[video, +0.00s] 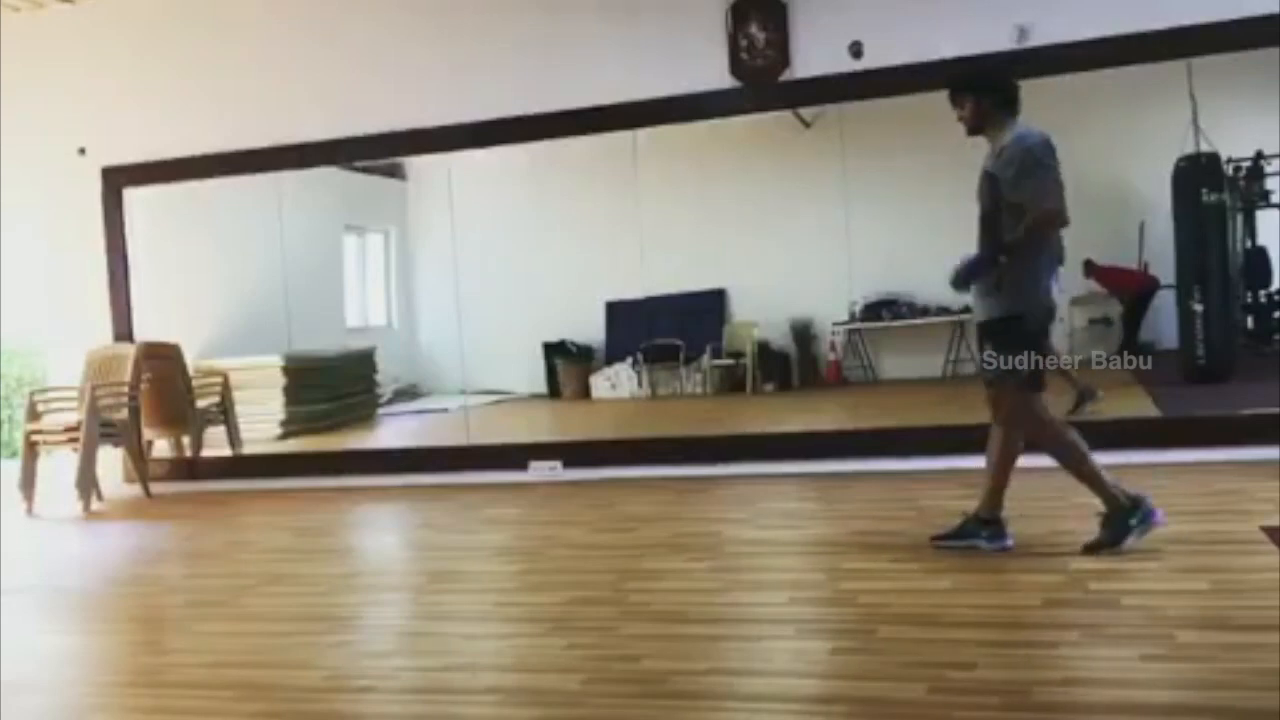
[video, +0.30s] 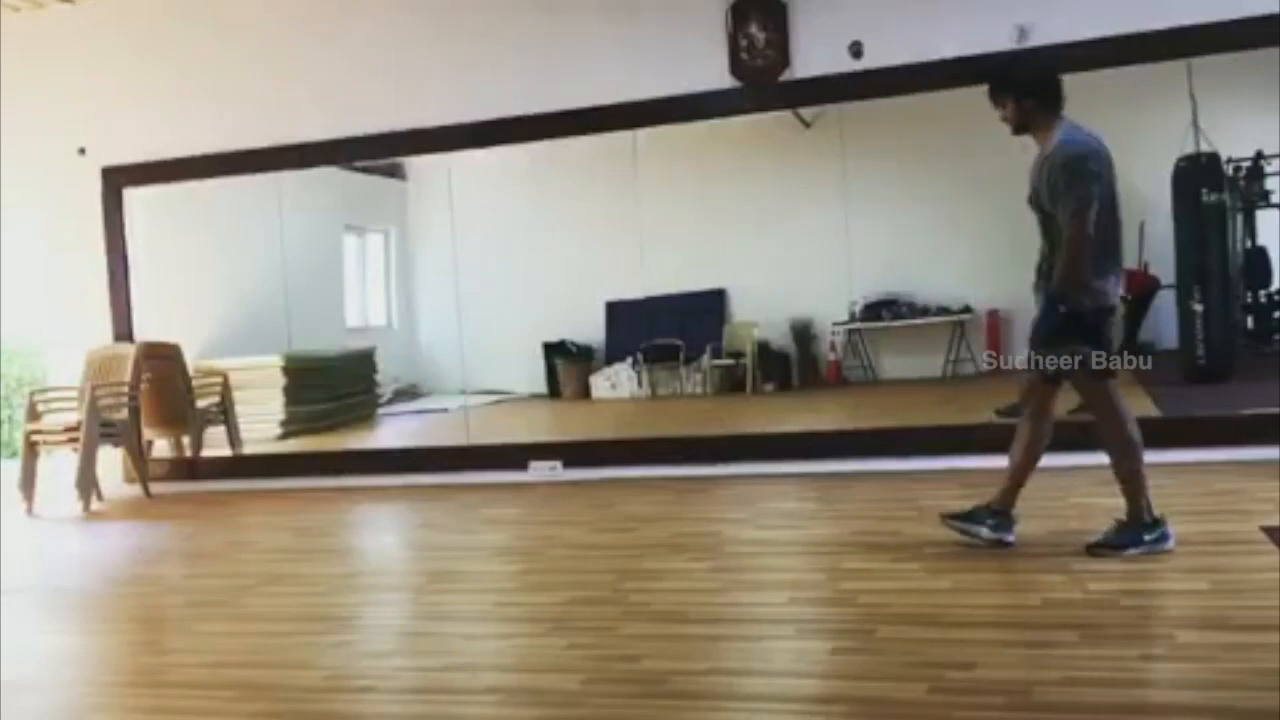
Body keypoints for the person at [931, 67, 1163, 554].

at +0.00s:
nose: (957, 117)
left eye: (960, 106)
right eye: (956, 107)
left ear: (983, 103)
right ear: (987, 103)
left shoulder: (1027, 148)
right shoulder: (1005, 154)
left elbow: (1049, 215)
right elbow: (1030, 227)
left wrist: (987, 259)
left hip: (1018, 308)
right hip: (1005, 307)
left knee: (1023, 412)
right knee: (1009, 411)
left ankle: (1120, 505)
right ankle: (988, 517)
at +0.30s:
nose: (1001, 117)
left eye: (1003, 106)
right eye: (998, 107)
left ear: (1028, 103)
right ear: (1034, 102)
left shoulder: (1074, 153)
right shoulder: (1056, 152)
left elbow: (1077, 240)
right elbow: (1062, 238)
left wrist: (1057, 305)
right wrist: (1049, 295)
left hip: (1080, 302)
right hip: (1068, 300)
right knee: (1035, 404)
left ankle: (1143, 520)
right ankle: (999, 510)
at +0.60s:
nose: (1021, 110)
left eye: (1024, 99)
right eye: (1019, 101)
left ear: (1050, 95)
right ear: (1057, 96)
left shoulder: (1100, 147)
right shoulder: (1074, 145)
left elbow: (1105, 234)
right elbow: (1089, 220)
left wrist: (1104, 307)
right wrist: (1061, 206)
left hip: (1105, 303)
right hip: (1073, 300)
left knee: (1111, 395)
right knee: (1053, 385)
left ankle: (1145, 518)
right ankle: (1096, 500)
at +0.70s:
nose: (1029, 109)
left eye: (1033, 99)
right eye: (1027, 100)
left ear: (1059, 95)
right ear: (1059, 97)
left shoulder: (1107, 148)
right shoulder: (1078, 142)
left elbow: (1122, 235)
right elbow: (1095, 216)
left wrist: (1115, 308)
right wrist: (1069, 205)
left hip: (1110, 300)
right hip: (1080, 296)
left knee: (1114, 399)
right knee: (1065, 387)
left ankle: (1143, 519)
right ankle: (1160, 477)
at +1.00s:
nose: (1040, 106)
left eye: (1043, 97)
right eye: (1038, 97)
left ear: (1066, 96)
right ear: (1080, 92)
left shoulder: (1111, 158)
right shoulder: (1095, 132)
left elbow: (1120, 247)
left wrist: (1118, 319)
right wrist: (1076, 201)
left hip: (1110, 300)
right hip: (1083, 292)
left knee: (1122, 400)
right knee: (1071, 387)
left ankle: (1145, 518)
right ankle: (1177, 463)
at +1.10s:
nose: (1039, 104)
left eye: (1043, 94)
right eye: (1037, 95)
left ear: (1069, 93)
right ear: (1075, 92)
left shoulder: (1113, 151)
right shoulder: (1086, 136)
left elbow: (1116, 243)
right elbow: (1102, 202)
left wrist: (1109, 318)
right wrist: (1075, 202)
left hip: (1115, 298)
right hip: (1084, 290)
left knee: (1118, 396)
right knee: (1063, 386)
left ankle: (1145, 517)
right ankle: (1154, 470)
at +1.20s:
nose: (1037, 105)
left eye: (1042, 95)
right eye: (1036, 95)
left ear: (1068, 93)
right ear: (1075, 91)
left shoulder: (1111, 150)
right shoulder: (1087, 136)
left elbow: (1116, 243)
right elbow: (1100, 201)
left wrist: (1108, 315)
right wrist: (1074, 201)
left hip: (1113, 299)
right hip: (1084, 291)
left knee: (1117, 397)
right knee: (1058, 382)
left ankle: (1144, 516)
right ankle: (1148, 471)